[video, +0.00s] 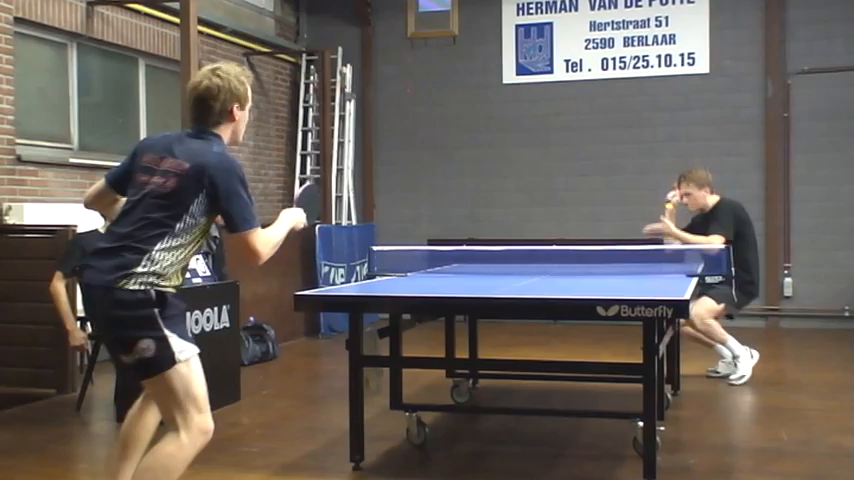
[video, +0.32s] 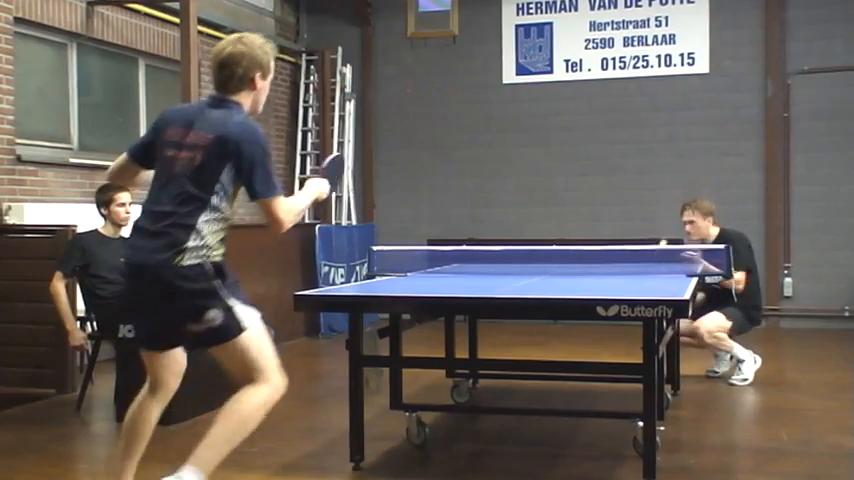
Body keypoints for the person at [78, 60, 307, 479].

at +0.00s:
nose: (248, 117)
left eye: (248, 108)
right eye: (247, 107)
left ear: (199, 105)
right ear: (236, 110)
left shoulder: (152, 145)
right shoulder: (220, 162)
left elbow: (96, 198)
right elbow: (259, 250)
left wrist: (142, 230)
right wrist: (287, 220)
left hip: (99, 284)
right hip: (141, 294)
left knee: (156, 395)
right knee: (196, 427)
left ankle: (120, 475)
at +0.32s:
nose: (268, 87)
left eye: (269, 78)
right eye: (269, 78)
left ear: (220, 75)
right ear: (257, 81)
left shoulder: (173, 118)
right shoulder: (245, 132)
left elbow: (118, 179)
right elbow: (281, 219)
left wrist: (162, 170)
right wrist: (313, 190)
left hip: (141, 266)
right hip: (192, 271)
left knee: (162, 379)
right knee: (268, 380)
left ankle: (120, 476)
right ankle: (190, 475)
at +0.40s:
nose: (284, 80)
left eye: (285, 72)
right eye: (285, 72)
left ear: (236, 68)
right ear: (274, 73)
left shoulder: (189, 108)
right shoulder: (265, 121)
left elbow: (134, 162)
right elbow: (297, 208)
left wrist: (186, 166)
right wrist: (332, 188)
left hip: (158, 256)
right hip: (210, 259)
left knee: (165, 370)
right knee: (299, 361)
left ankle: (126, 473)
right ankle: (254, 473)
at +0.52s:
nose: (311, 100)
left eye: (312, 91)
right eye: (311, 91)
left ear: (265, 83)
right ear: (296, 90)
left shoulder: (211, 122)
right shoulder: (289, 140)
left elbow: (155, 171)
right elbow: (323, 229)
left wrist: (204, 172)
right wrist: (359, 223)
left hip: (191, 269)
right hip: (246, 273)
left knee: (172, 379)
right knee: (339, 372)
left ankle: (150, 475)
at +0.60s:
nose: (335, 125)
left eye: (336, 115)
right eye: (334, 114)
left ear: (289, 107)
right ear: (319, 115)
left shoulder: (235, 143)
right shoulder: (304, 170)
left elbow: (168, 182)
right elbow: (332, 260)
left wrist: (207, 179)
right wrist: (388, 276)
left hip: (204, 298)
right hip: (261, 301)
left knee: (183, 398)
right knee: (372, 366)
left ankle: (163, 476)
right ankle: (359, 474)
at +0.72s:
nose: (388, 174)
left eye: (390, 165)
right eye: (388, 165)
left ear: (342, 155)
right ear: (370, 166)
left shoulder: (295, 177)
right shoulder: (335, 223)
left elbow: (236, 186)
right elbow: (333, 314)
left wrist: (279, 198)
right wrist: (392, 364)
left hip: (227, 321)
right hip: (276, 334)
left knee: (199, 413)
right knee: (393, 387)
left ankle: (172, 477)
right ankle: (434, 476)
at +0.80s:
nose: (427, 206)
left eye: (429, 196)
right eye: (426, 197)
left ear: (382, 189)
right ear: (407, 199)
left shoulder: (338, 200)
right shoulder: (361, 254)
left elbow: (295, 190)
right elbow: (334, 345)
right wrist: (382, 408)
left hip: (255, 334)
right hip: (306, 347)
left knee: (217, 421)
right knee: (424, 379)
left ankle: (182, 475)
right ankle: (442, 471)